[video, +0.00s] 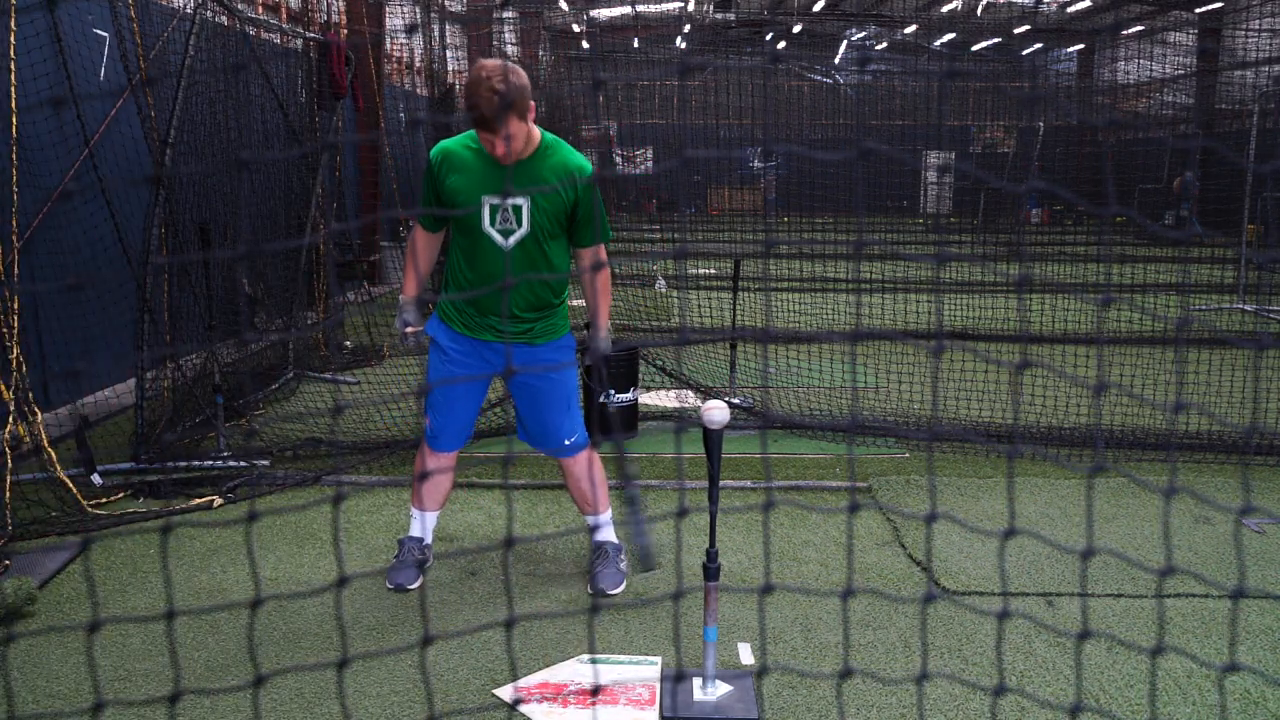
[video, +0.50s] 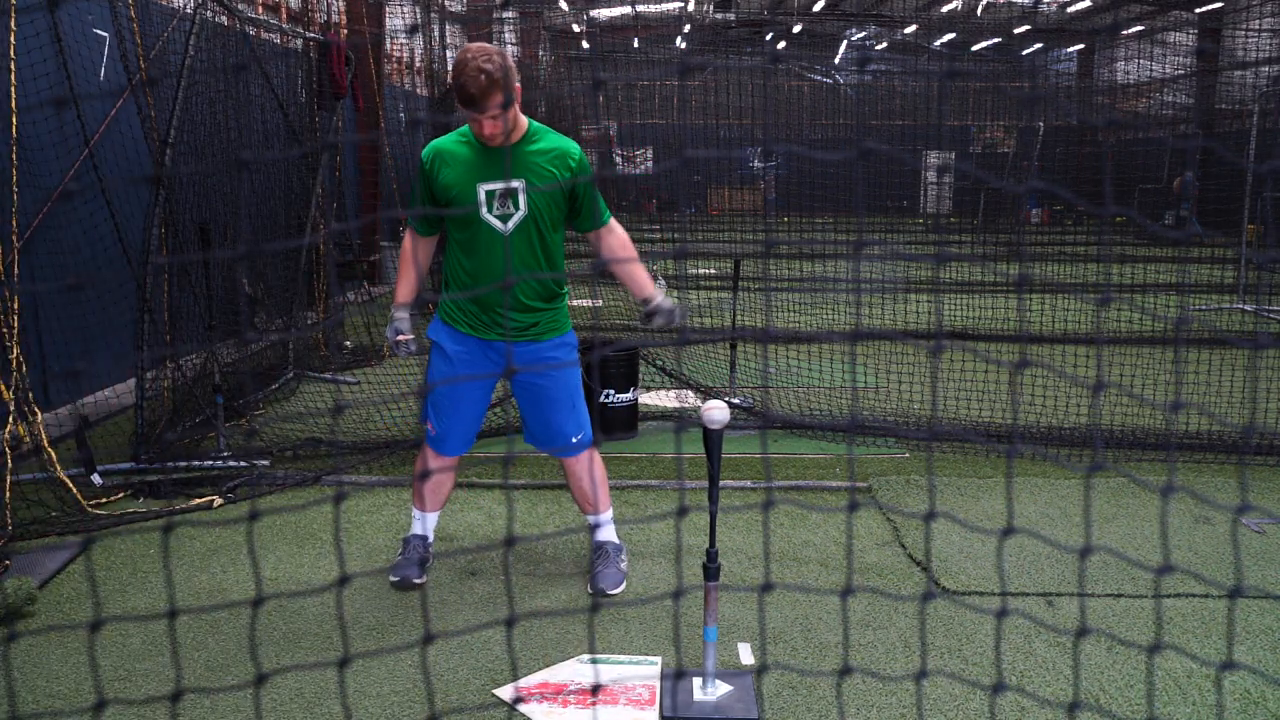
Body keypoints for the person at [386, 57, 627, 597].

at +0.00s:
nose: (499, 147)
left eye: (508, 135)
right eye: (487, 136)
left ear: (531, 112)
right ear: (473, 121)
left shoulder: (572, 172)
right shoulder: (447, 162)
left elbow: (594, 261)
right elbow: (427, 231)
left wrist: (601, 339)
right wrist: (409, 300)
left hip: (543, 336)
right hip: (460, 331)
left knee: (571, 445)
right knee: (438, 444)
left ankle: (605, 541)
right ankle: (417, 541)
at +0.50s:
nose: (491, 127)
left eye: (500, 113)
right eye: (479, 117)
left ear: (518, 94)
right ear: (461, 106)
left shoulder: (563, 157)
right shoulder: (440, 160)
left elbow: (606, 231)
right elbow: (419, 238)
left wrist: (651, 295)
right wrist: (401, 309)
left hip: (544, 330)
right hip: (462, 330)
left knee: (573, 442)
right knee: (440, 443)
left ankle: (606, 543)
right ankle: (419, 539)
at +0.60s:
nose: (481, 125)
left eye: (491, 112)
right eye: (469, 114)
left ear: (510, 96)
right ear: (453, 105)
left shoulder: (556, 156)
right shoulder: (434, 161)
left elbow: (605, 222)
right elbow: (415, 238)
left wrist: (663, 275)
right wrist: (396, 314)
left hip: (541, 331)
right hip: (459, 332)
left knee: (572, 443)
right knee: (438, 446)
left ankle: (606, 542)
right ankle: (418, 539)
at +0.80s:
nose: (465, 117)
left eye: (474, 104)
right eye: (452, 108)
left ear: (492, 86)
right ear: (436, 100)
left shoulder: (538, 153)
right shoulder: (418, 164)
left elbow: (602, 209)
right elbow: (399, 241)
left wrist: (674, 243)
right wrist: (380, 314)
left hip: (528, 330)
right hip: (449, 331)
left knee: (564, 439)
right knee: (429, 443)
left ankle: (606, 541)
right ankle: (417, 540)